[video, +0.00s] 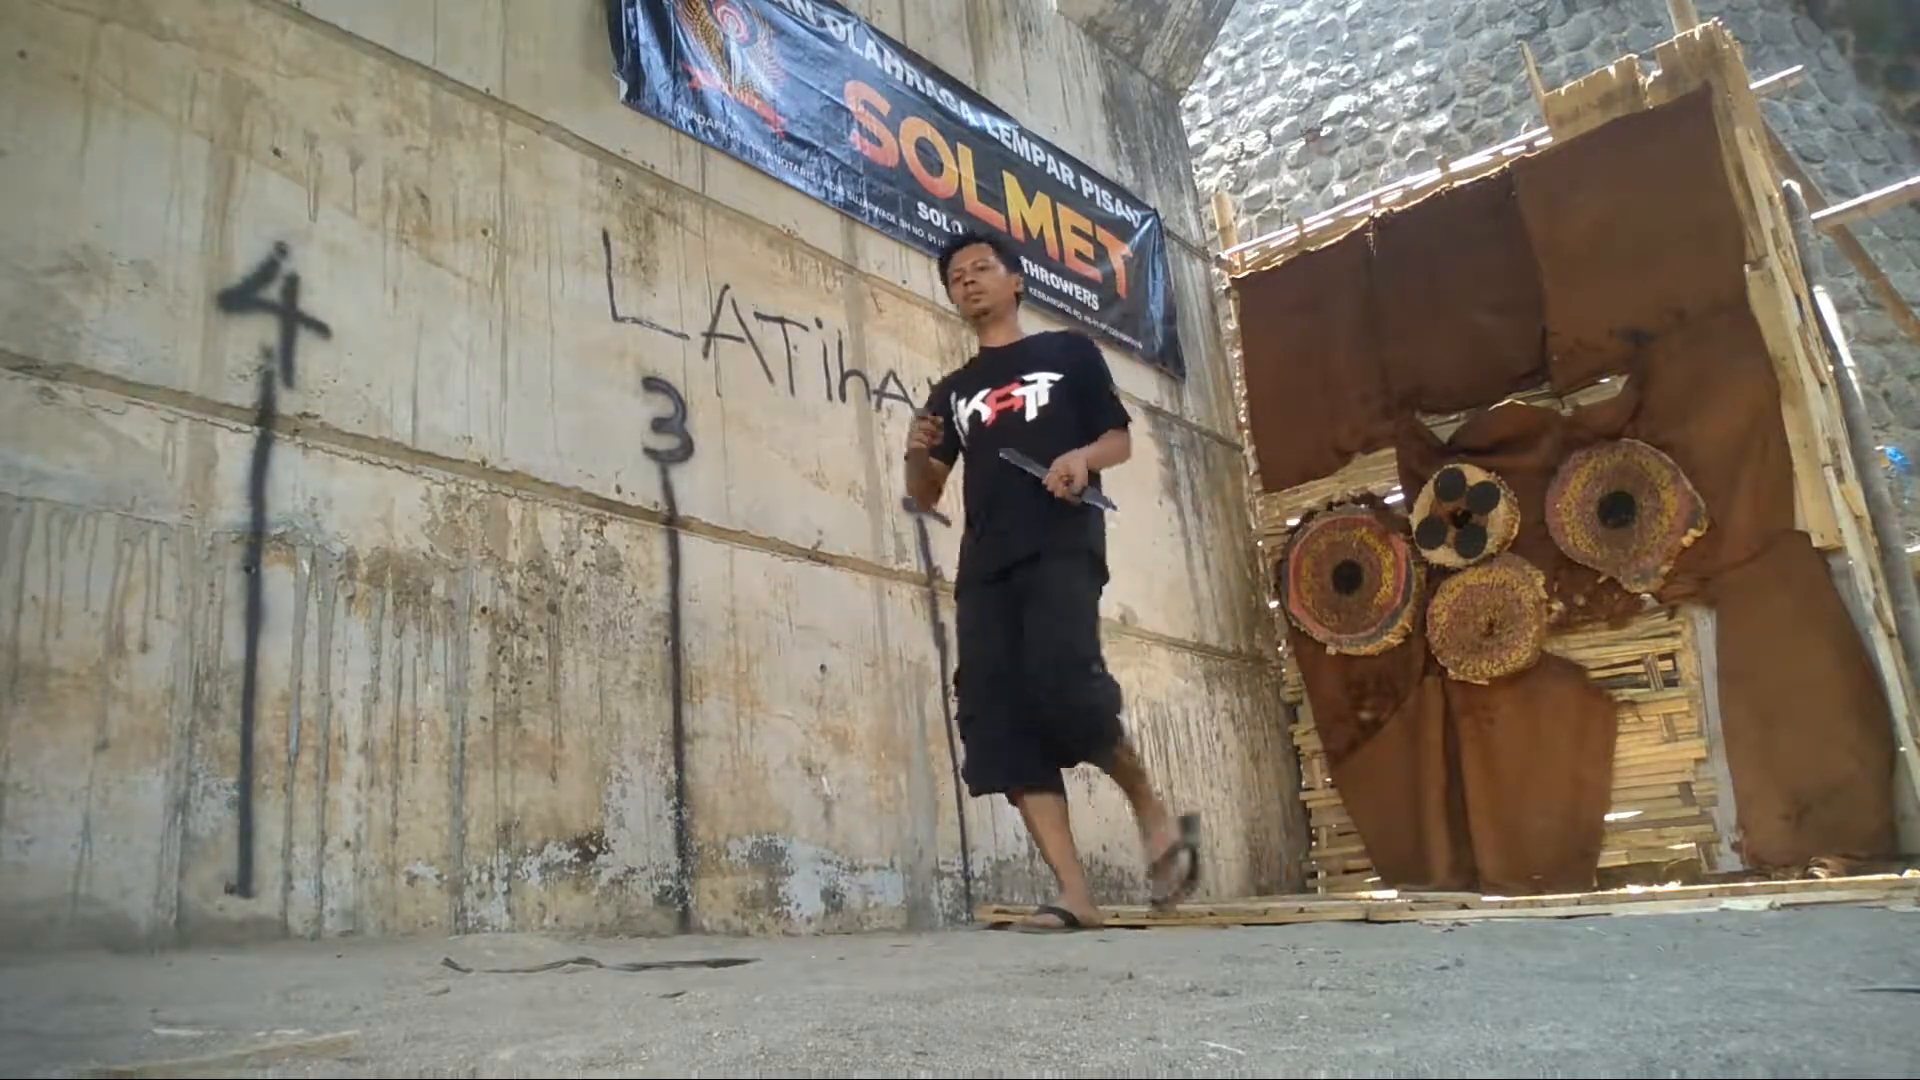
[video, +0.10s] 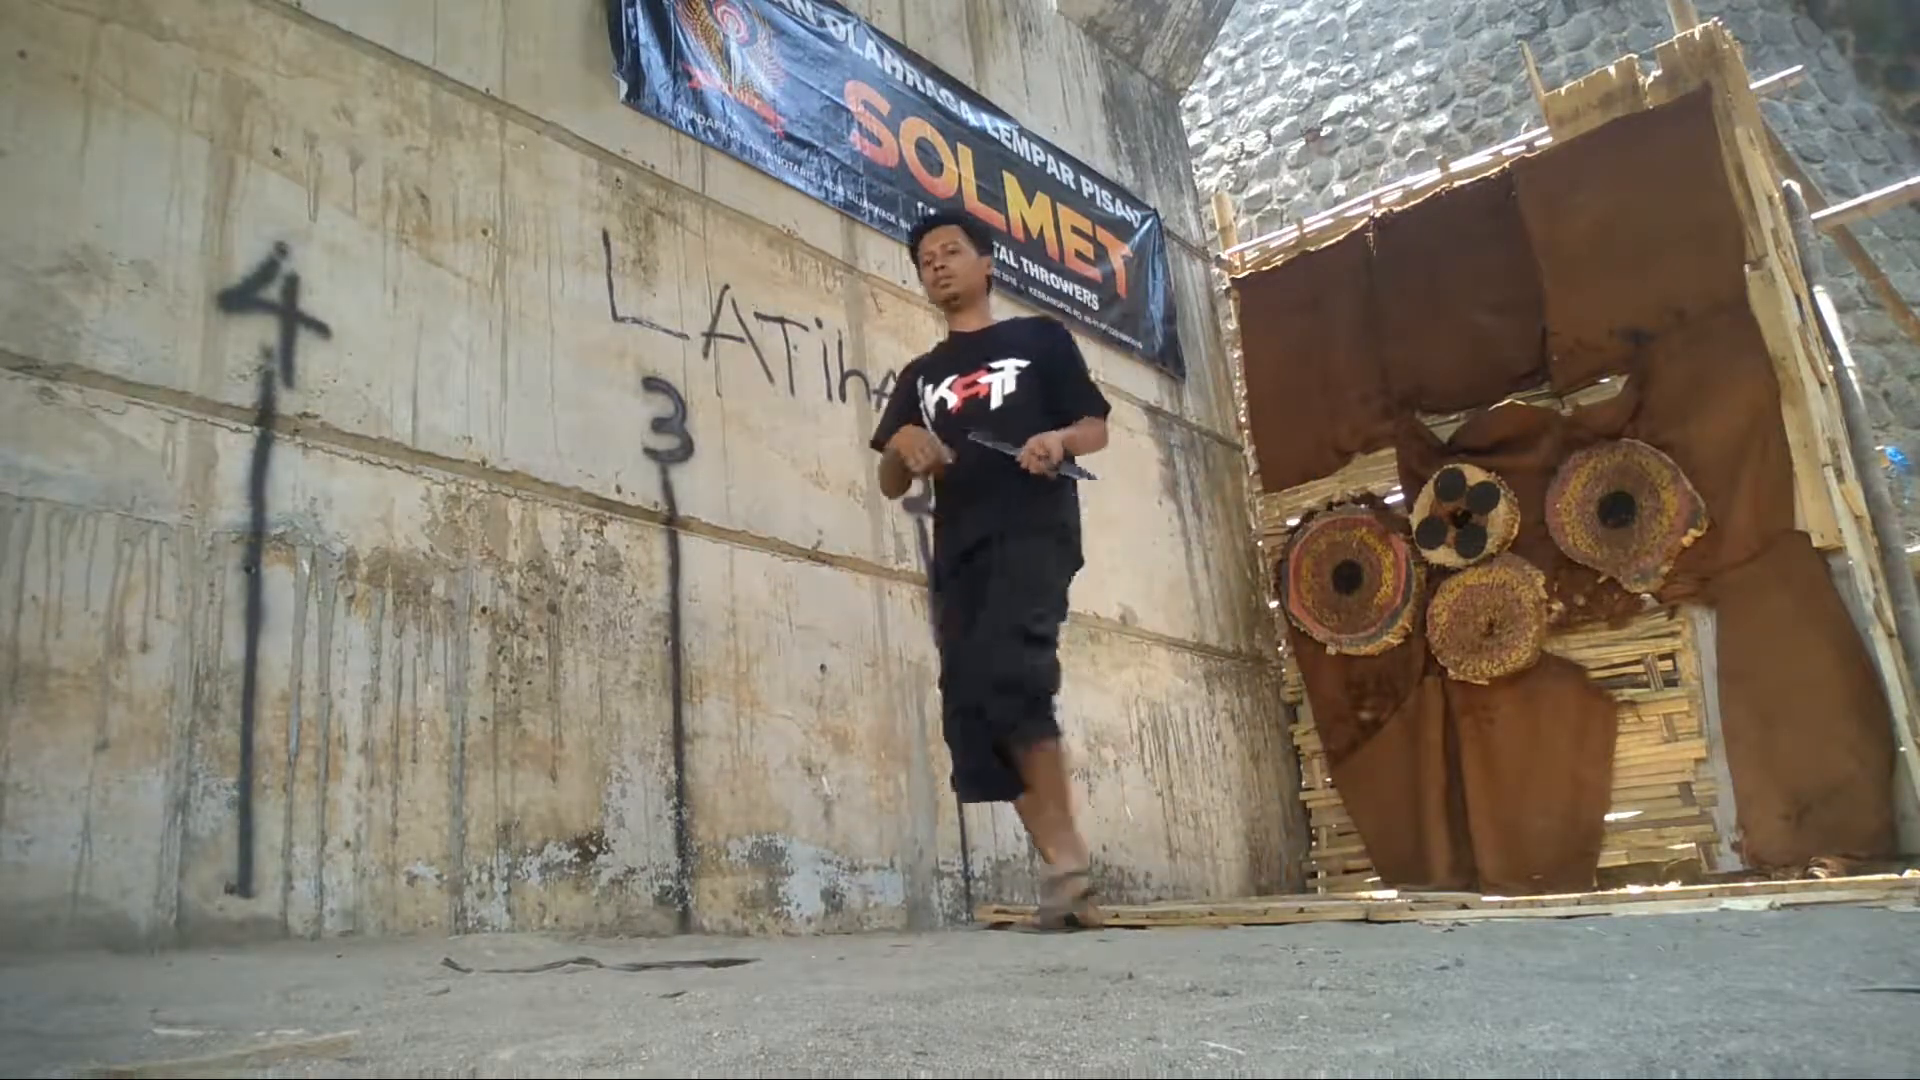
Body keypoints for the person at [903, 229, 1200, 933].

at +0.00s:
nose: (967, 282)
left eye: (980, 268)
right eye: (956, 277)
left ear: (1014, 280)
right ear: (951, 299)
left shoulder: (1068, 349)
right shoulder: (952, 390)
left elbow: (1119, 441)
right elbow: (924, 495)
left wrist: (1082, 458)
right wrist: (919, 453)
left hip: (1061, 548)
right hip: (986, 564)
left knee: (1062, 687)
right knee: (1001, 720)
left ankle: (1149, 809)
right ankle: (1075, 895)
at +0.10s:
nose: (939, 266)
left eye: (951, 252)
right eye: (928, 261)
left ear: (986, 262)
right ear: (924, 281)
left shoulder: (1041, 335)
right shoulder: (916, 376)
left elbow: (1096, 428)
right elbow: (891, 486)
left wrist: (1062, 440)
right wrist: (900, 447)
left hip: (1035, 533)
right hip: (961, 553)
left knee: (1006, 676)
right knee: (980, 706)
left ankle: (1067, 857)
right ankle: (1064, 874)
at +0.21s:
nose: (888, 255)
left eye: (903, 240)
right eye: (879, 248)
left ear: (943, 249)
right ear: (876, 266)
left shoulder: (996, 328)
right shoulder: (870, 370)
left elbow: (1054, 428)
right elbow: (849, 482)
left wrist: (1017, 432)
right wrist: (867, 441)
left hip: (987, 538)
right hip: (916, 553)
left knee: (946, 676)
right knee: (984, 705)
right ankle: (1075, 892)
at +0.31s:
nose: (852, 245)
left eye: (868, 228)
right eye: (844, 236)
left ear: (911, 237)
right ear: (841, 254)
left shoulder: (962, 319)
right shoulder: (842, 360)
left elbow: (1017, 429)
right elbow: (816, 480)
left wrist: (975, 431)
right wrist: (832, 438)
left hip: (944, 540)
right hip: (877, 553)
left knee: (892, 689)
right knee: (959, 715)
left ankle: (831, 891)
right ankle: (1069, 884)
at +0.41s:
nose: (799, 209)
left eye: (816, 195)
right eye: (791, 202)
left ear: (861, 208)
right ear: (788, 223)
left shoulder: (908, 298)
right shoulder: (780, 334)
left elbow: (961, 409)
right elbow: (754, 457)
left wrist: (898, 406)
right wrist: (762, 432)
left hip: (877, 517)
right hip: (805, 533)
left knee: (817, 677)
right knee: (837, 720)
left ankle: (813, 897)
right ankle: (994, 839)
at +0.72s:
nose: (704, 123)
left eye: (720, 113)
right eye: (687, 112)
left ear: (743, 135)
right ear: (661, 133)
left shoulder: (786, 224)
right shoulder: (638, 262)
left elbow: (836, 332)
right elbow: (619, 393)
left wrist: (716, 311)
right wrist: (588, 371)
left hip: (749, 490)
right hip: (645, 487)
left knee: (772, 672)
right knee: (560, 611)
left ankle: (812, 890)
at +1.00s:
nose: (601, 88)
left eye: (605, 80)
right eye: (582, 68)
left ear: (600, 104)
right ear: (520, 71)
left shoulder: (606, 223)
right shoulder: (432, 185)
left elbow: (637, 358)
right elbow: (378, 315)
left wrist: (589, 317)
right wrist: (471, 316)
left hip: (565, 489)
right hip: (438, 474)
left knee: (641, 655)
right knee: (369, 630)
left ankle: (740, 854)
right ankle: (351, 902)